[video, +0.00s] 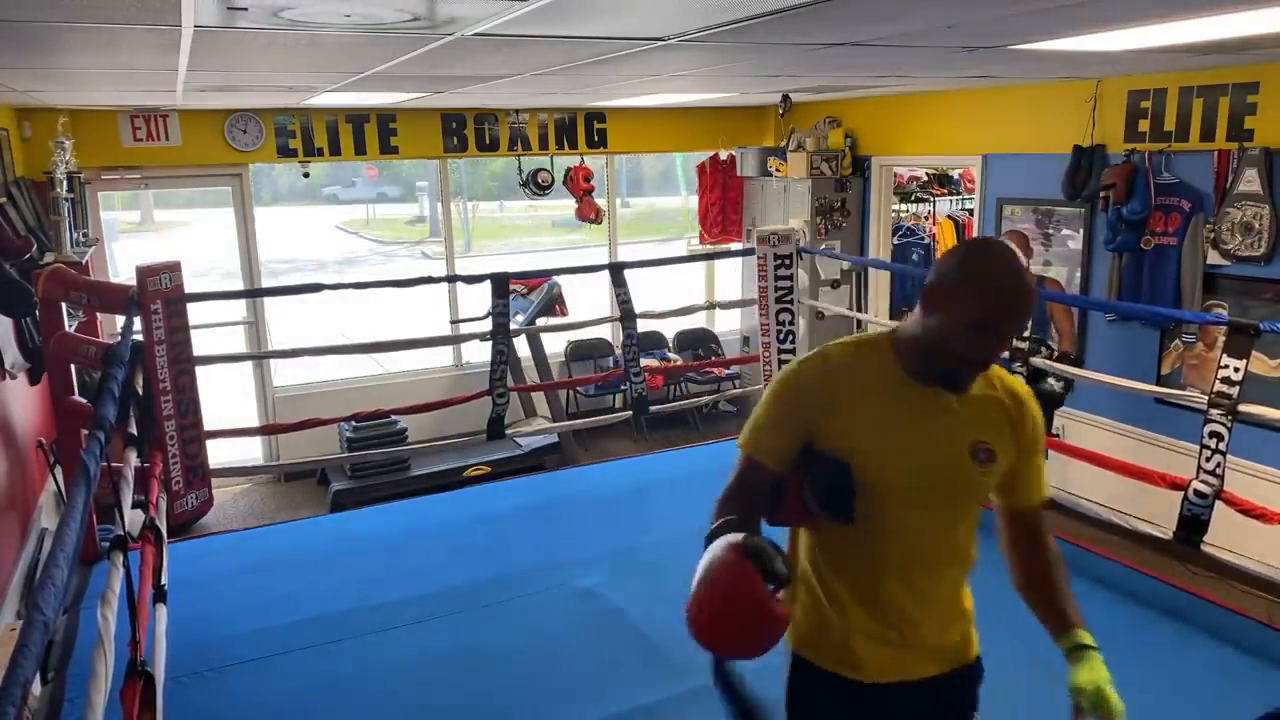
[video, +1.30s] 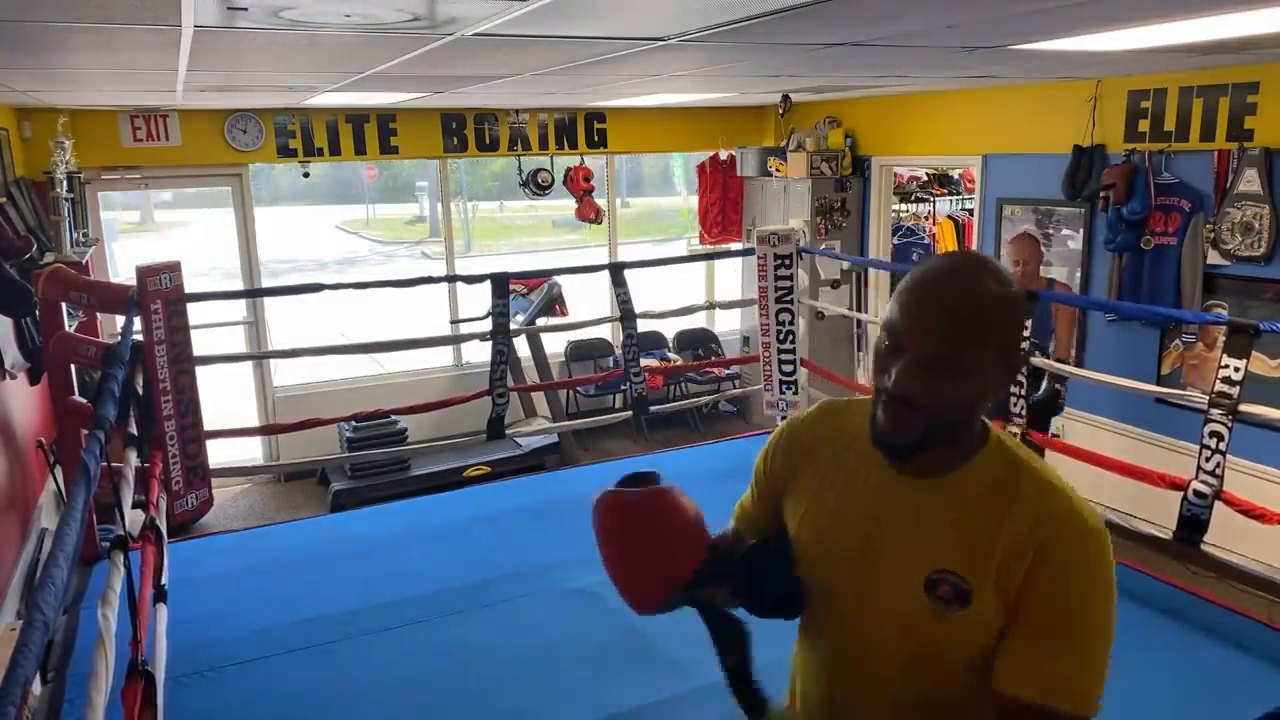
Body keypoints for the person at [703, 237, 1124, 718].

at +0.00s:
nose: (996, 354)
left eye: (1011, 339)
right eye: (984, 331)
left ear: (1021, 331)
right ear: (932, 300)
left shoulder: (1008, 408)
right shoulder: (816, 382)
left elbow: (1028, 539)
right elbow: (743, 498)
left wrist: (1079, 651)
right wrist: (728, 559)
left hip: (943, 674)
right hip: (832, 675)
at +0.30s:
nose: (935, 361)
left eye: (958, 343)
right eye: (919, 337)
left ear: (982, 328)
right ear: (879, 309)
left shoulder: (1018, 410)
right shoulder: (801, 421)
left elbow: (1048, 546)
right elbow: (752, 554)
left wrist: (1115, 670)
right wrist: (723, 592)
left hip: (1003, 696)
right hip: (871, 703)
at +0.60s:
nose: (892, 358)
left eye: (916, 337)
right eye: (871, 335)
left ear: (954, 321)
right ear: (844, 316)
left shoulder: (1019, 420)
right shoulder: (786, 432)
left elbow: (1064, 563)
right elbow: (752, 561)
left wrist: (1054, 682)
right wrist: (715, 590)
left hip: (994, 693)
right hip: (859, 699)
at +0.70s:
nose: (883, 370)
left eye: (912, 348)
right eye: (865, 342)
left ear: (955, 326)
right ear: (841, 319)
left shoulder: (1024, 429)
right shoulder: (787, 434)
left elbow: (1075, 598)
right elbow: (749, 564)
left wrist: (1007, 698)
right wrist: (710, 592)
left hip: (993, 703)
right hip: (857, 706)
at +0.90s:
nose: (882, 385)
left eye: (912, 365)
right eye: (866, 354)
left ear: (962, 351)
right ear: (849, 336)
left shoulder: (1036, 454)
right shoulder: (793, 438)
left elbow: (1056, 649)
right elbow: (752, 563)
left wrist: (922, 699)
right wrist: (713, 596)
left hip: (990, 706)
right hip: (850, 703)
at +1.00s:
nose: (884, 388)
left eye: (920, 369)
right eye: (872, 355)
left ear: (975, 358)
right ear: (857, 337)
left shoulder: (1047, 480)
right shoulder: (801, 441)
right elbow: (752, 560)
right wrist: (698, 603)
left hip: (970, 710)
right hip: (837, 697)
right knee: (750, 711)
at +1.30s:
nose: (897, 381)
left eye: (939, 367)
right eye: (890, 344)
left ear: (1006, 378)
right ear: (879, 326)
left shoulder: (1057, 537)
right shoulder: (808, 442)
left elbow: (1040, 708)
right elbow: (742, 551)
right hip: (810, 707)